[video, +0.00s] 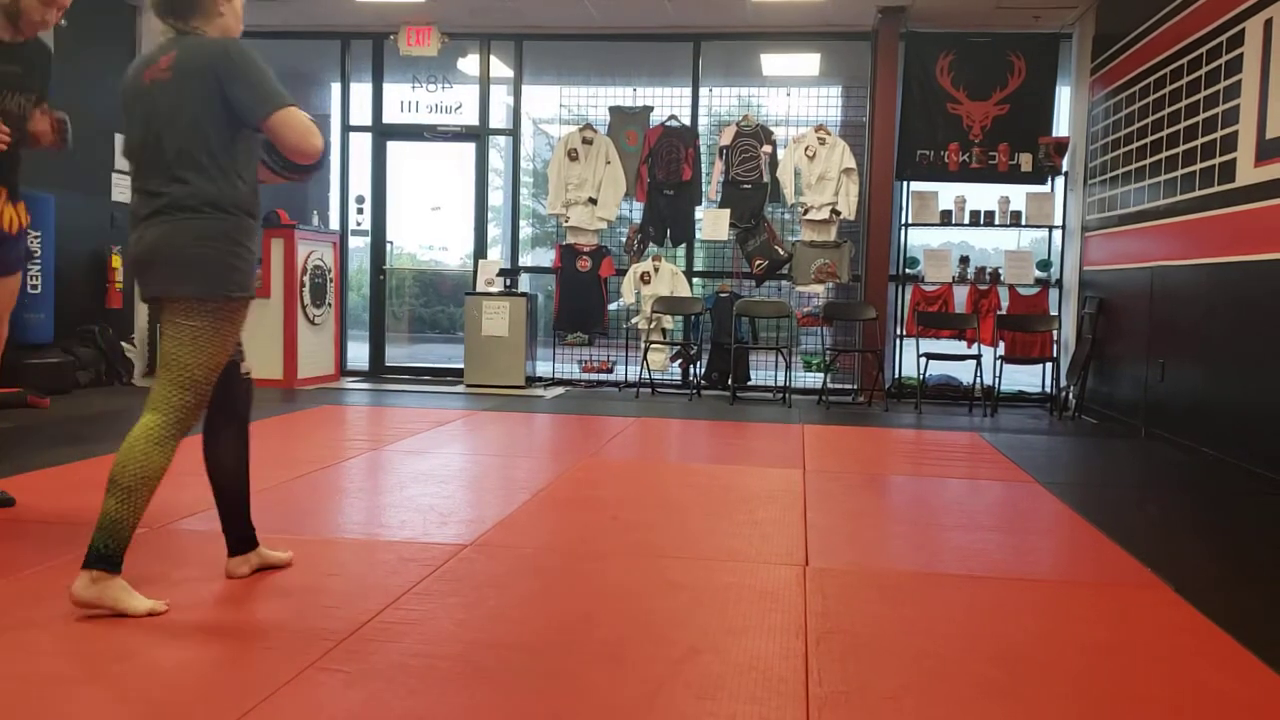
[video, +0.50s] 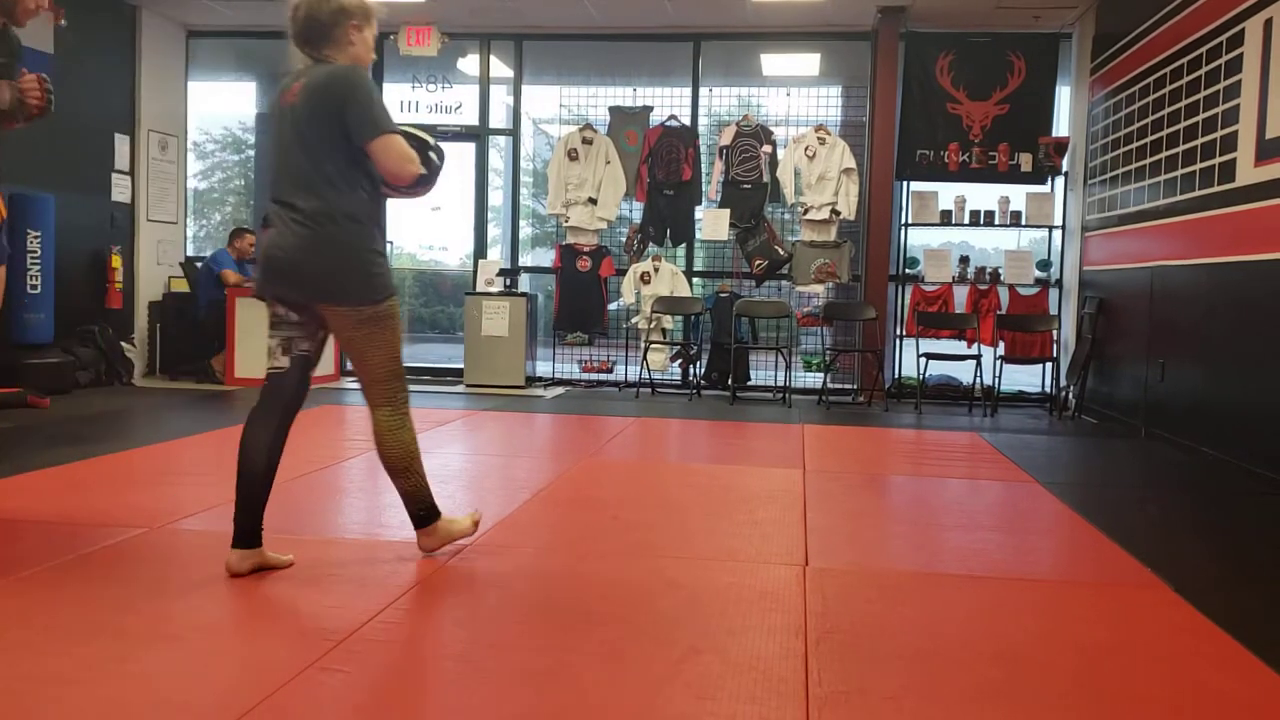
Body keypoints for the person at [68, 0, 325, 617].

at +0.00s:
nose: (242, 12)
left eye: (239, 3)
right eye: (236, 4)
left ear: (175, 13)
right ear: (217, 7)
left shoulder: (140, 72)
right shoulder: (228, 55)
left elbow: (144, 162)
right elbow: (306, 144)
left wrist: (244, 157)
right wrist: (263, 147)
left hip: (156, 249)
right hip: (214, 249)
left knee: (228, 393)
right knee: (170, 411)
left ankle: (243, 547)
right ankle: (98, 573)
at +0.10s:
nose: (268, 12)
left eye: (266, 3)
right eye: (263, 4)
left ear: (202, 13)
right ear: (245, 7)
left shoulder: (173, 73)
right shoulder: (254, 55)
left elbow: (200, 159)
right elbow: (326, 143)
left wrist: (283, 160)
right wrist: (319, 153)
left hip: (188, 251)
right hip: (244, 253)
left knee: (242, 398)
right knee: (233, 405)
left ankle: (244, 547)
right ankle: (133, 542)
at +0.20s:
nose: (294, 17)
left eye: (291, 8)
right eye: (290, 7)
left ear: (231, 15)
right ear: (269, 9)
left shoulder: (205, 73)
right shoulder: (274, 57)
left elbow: (234, 158)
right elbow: (340, 141)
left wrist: (310, 165)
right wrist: (350, 137)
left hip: (209, 254)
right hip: (270, 255)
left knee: (248, 394)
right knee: (304, 395)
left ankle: (243, 545)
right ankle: (201, 522)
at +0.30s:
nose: (321, 20)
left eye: (319, 10)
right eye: (317, 10)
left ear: (256, 17)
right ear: (295, 12)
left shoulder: (232, 76)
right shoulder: (296, 63)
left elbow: (267, 154)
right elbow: (357, 147)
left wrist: (338, 168)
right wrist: (375, 140)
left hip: (231, 251)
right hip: (292, 252)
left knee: (258, 389)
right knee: (348, 385)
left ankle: (243, 548)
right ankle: (288, 529)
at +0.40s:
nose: (346, 37)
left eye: (345, 25)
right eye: (343, 25)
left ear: (283, 27)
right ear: (321, 22)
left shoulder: (259, 82)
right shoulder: (320, 70)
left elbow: (297, 162)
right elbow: (374, 156)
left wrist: (364, 171)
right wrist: (390, 155)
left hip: (256, 253)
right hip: (317, 253)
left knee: (265, 393)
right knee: (366, 387)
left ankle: (245, 547)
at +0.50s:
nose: (373, 45)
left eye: (372, 35)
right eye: (371, 34)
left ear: (310, 38)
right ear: (352, 32)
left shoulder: (289, 93)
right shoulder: (349, 80)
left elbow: (326, 171)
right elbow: (400, 170)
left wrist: (396, 173)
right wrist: (419, 157)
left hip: (284, 259)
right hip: (347, 260)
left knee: (279, 395)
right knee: (388, 397)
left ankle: (245, 545)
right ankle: (429, 524)